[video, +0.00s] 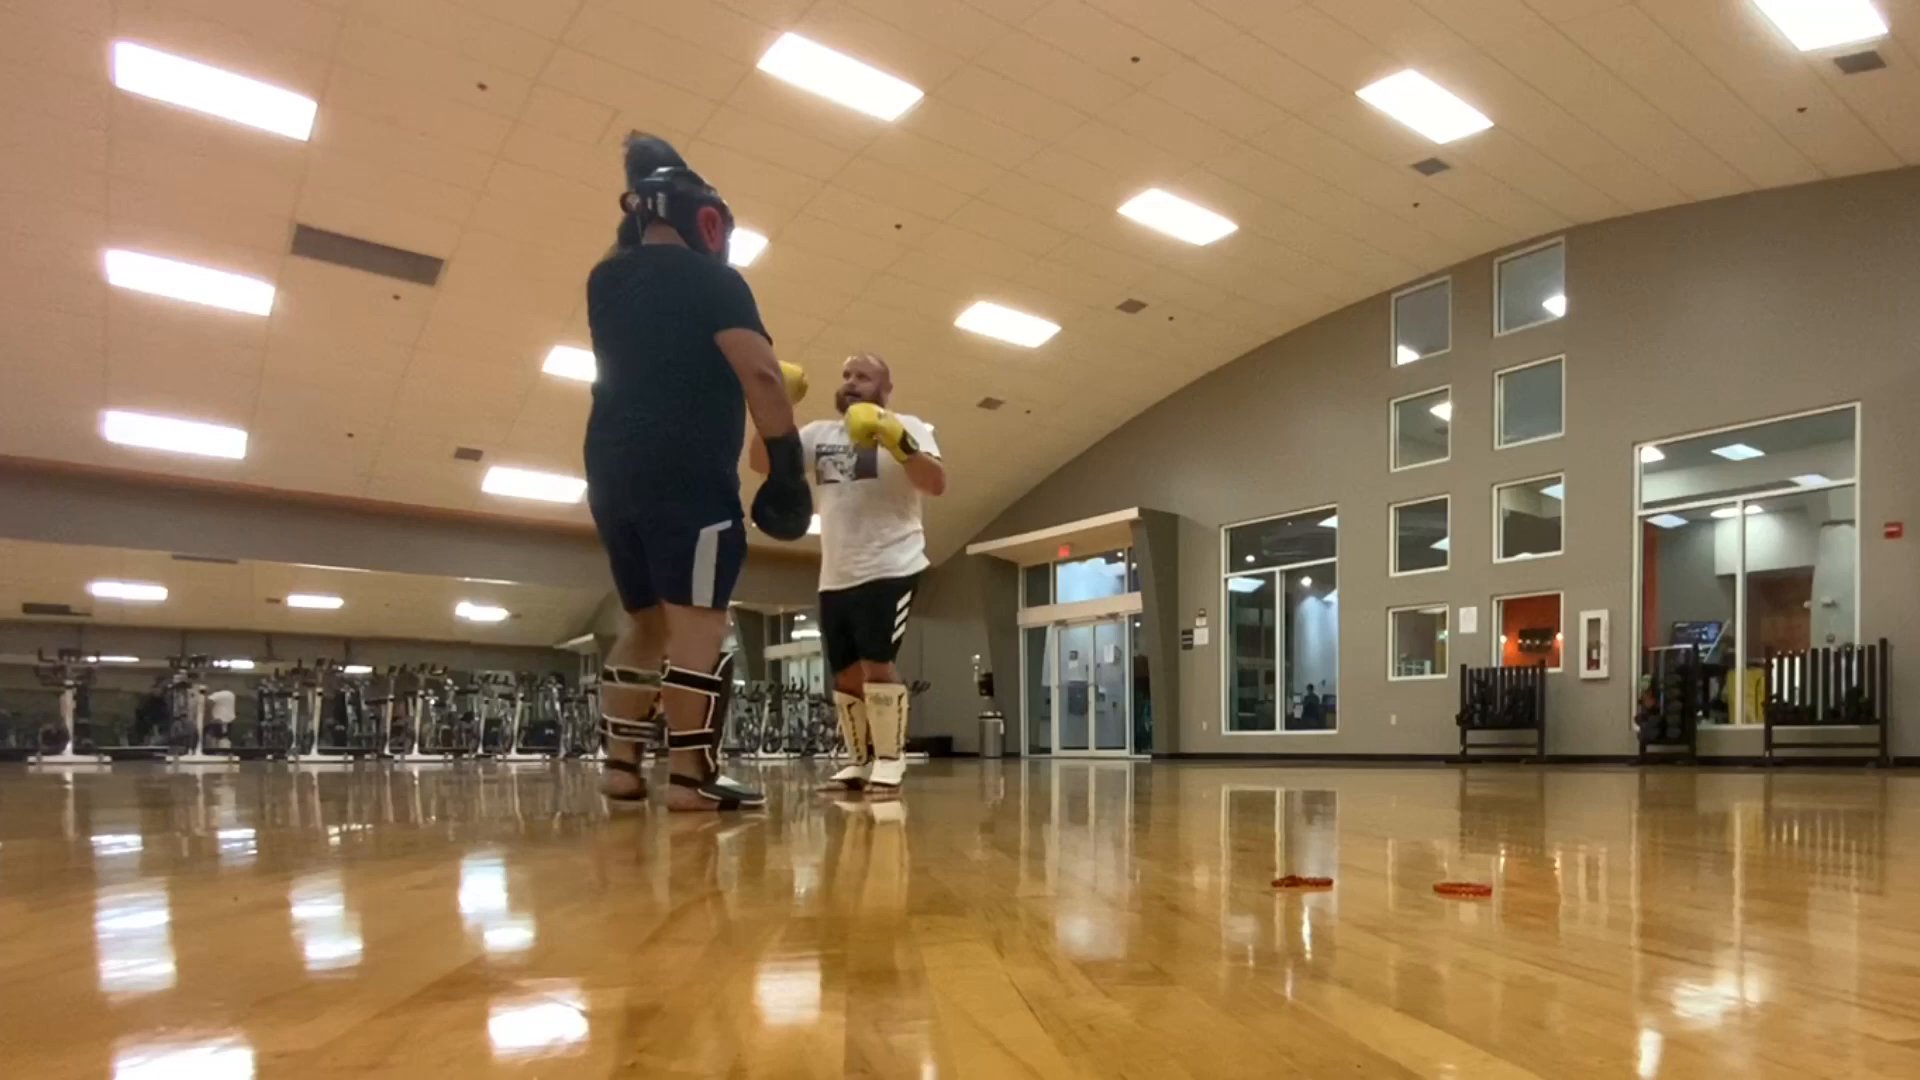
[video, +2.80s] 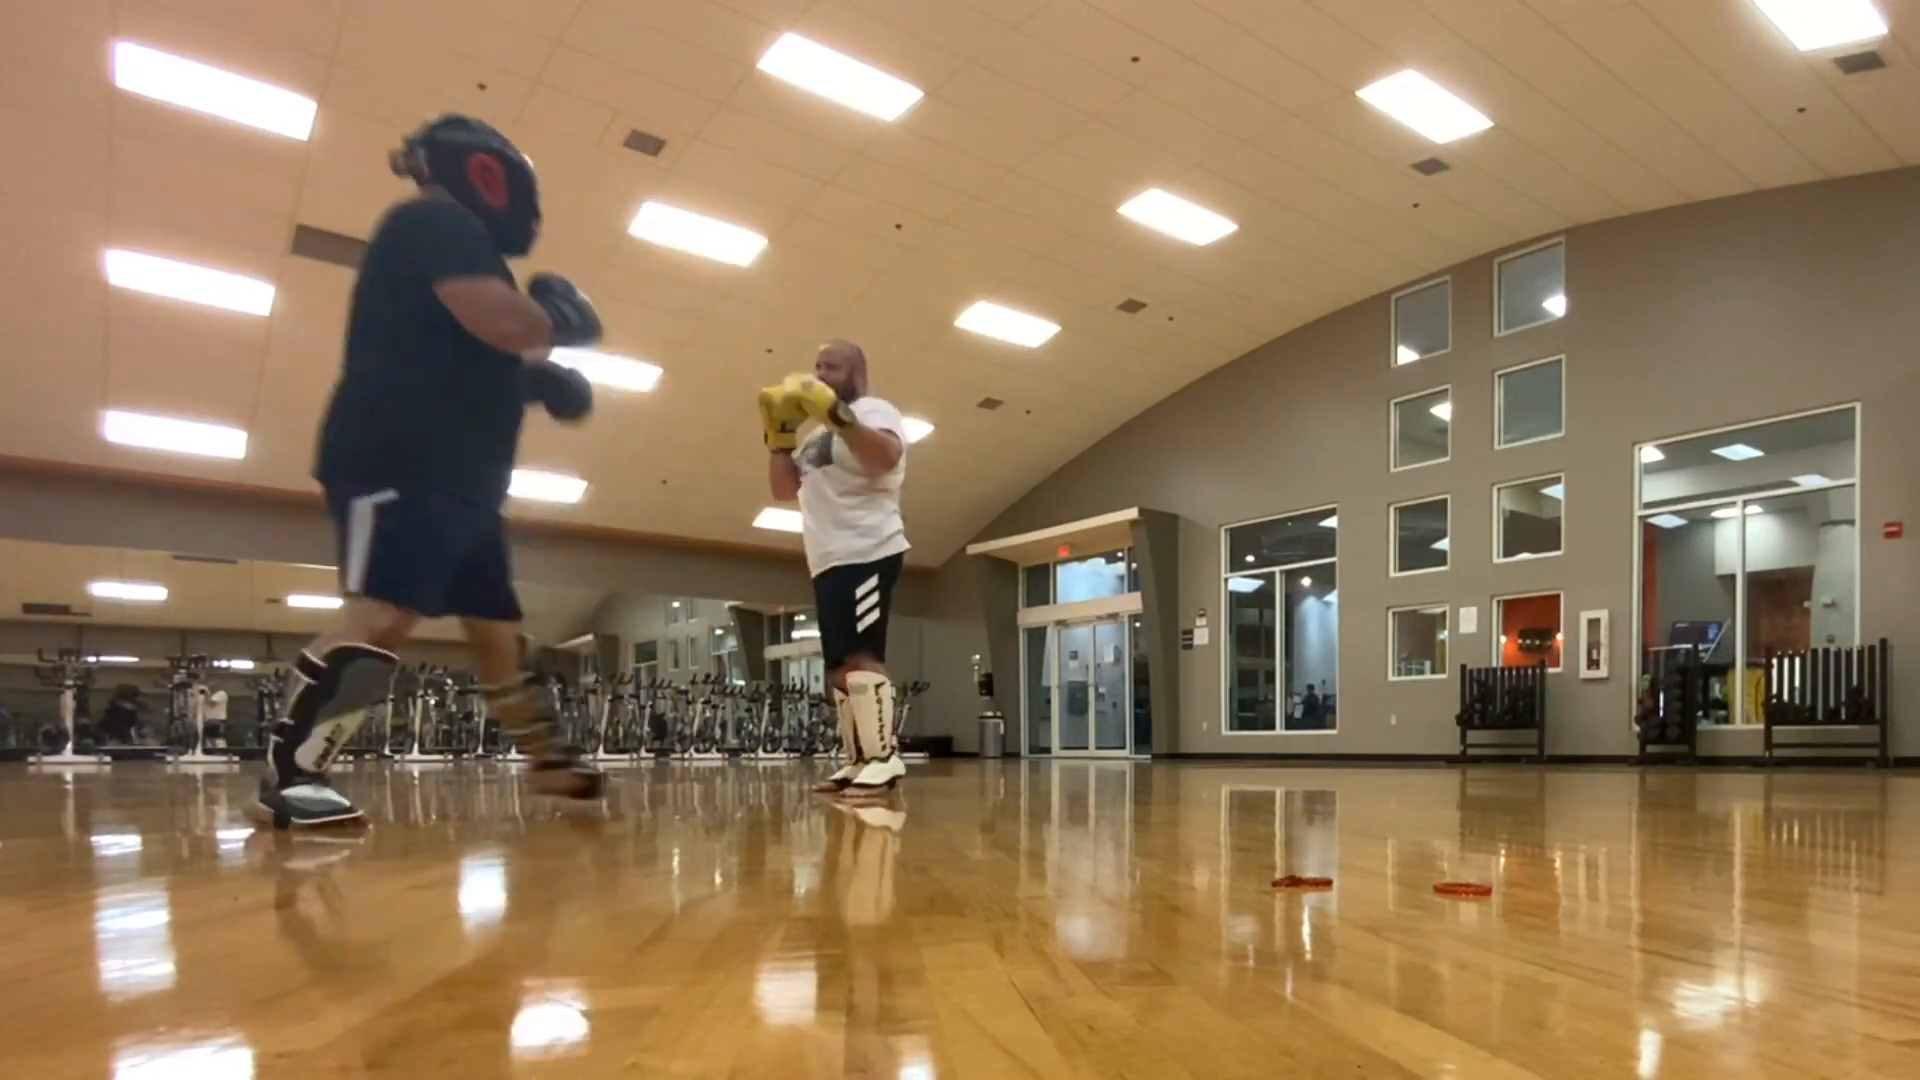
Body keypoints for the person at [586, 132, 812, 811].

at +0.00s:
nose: (724, 243)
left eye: (724, 230)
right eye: (721, 229)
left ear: (643, 220)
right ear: (703, 220)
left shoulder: (606, 279)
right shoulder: (713, 279)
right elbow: (759, 374)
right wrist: (786, 469)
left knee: (646, 621)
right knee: (698, 622)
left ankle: (621, 765)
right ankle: (691, 776)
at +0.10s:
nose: (727, 247)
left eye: (726, 234)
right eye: (723, 233)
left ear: (653, 226)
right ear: (706, 228)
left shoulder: (618, 289)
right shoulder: (704, 284)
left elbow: (667, 376)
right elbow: (746, 377)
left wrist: (759, 378)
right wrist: (792, 463)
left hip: (621, 480)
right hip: (690, 479)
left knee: (647, 625)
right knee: (699, 624)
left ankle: (642, 769)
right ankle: (690, 778)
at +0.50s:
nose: (728, 278)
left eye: (725, 271)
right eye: (719, 263)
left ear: (690, 264)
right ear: (693, 254)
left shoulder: (688, 309)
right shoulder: (649, 288)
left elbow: (737, 292)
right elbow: (646, 350)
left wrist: (775, 248)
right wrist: (728, 431)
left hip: (657, 483)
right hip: (633, 480)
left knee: (649, 612)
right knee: (646, 610)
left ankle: (623, 757)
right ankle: (614, 757)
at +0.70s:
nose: (705, 268)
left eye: (704, 257)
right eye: (700, 254)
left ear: (654, 248)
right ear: (675, 246)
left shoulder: (650, 308)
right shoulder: (630, 286)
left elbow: (679, 364)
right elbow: (659, 375)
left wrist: (729, 319)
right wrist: (727, 401)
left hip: (648, 494)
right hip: (608, 486)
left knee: (632, 628)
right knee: (588, 617)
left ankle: (637, 769)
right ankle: (510, 751)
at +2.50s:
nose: (639, 259)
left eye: (640, 247)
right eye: (634, 244)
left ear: (592, 242)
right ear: (604, 237)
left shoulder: (595, 311)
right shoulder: (535, 276)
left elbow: (639, 314)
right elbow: (557, 350)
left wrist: (681, 256)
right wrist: (637, 361)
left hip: (569, 496)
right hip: (504, 476)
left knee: (607, 623)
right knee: (489, 603)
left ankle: (578, 760)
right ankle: (395, 747)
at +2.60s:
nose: (606, 254)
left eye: (604, 240)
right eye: (597, 238)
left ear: (558, 240)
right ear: (567, 235)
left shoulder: (557, 315)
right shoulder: (507, 284)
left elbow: (566, 382)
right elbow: (534, 369)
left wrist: (638, 349)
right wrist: (621, 380)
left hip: (555, 507)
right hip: (490, 490)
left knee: (606, 629)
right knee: (471, 614)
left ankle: (578, 768)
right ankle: (340, 745)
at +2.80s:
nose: (523, 199)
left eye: (520, 184)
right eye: (513, 181)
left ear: (467, 179)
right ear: (480, 173)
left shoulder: (465, 250)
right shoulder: (432, 224)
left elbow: (452, 359)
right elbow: (497, 319)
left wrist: (534, 378)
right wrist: (562, 316)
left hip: (459, 476)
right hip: (399, 462)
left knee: (495, 624)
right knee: (382, 614)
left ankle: (547, 760)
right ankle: (291, 770)